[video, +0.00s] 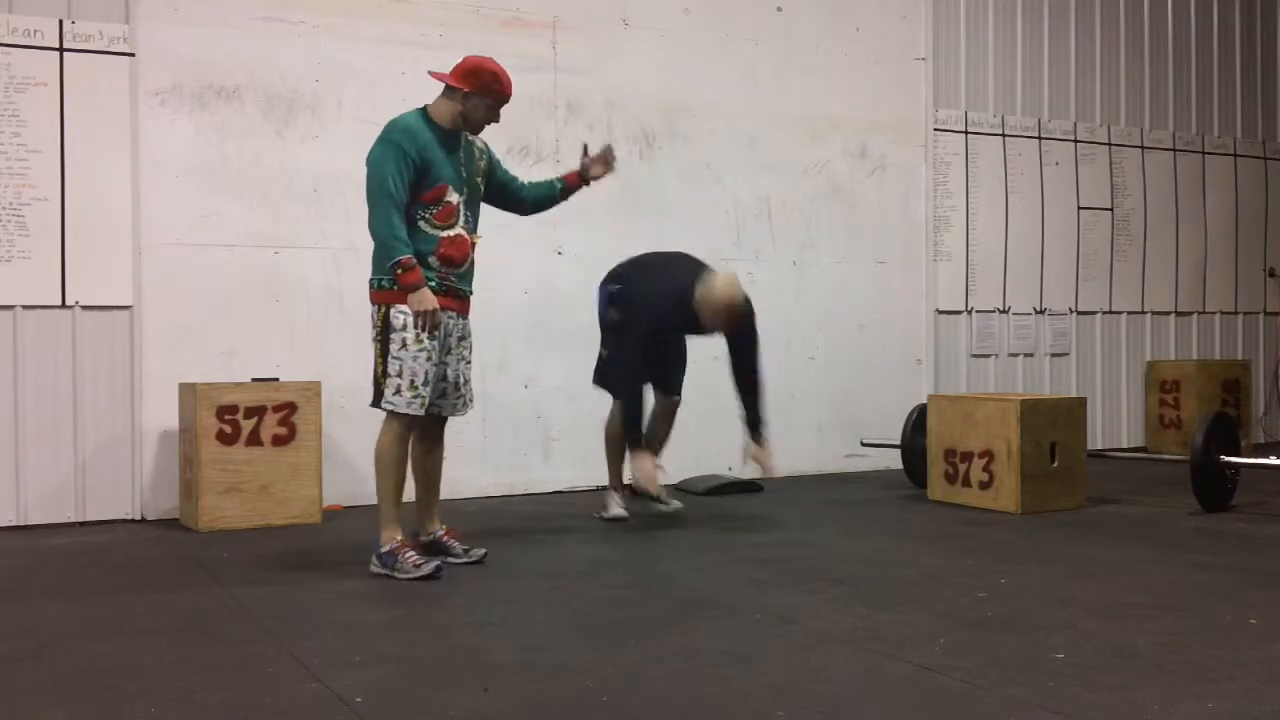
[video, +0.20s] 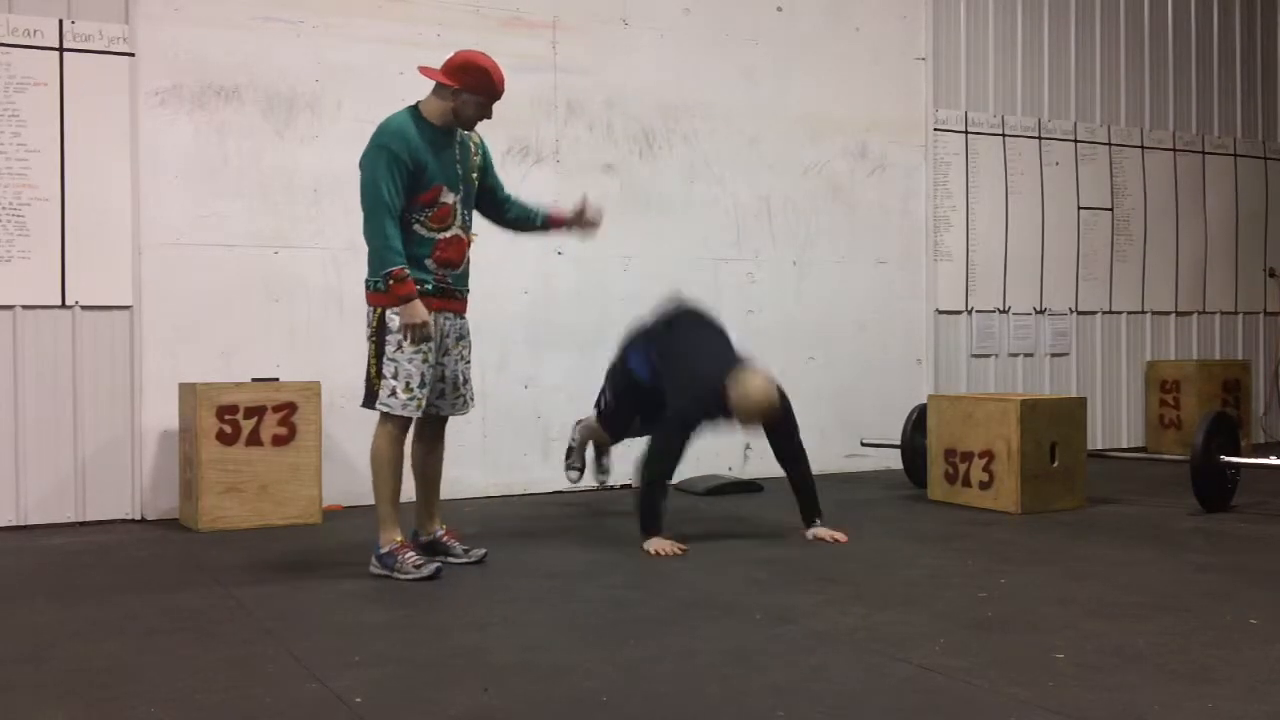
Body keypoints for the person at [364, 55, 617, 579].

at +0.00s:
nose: (495, 119)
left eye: (498, 110)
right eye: (492, 109)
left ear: (473, 100)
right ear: (465, 95)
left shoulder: (472, 151)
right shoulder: (402, 137)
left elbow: (521, 198)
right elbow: (384, 219)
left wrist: (581, 175)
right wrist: (414, 285)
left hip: (450, 302)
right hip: (406, 300)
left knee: (433, 420)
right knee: (401, 417)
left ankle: (427, 531)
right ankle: (389, 543)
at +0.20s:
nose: (487, 116)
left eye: (490, 107)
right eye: (484, 105)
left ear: (464, 97)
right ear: (455, 93)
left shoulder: (468, 145)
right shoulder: (393, 140)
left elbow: (502, 208)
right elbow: (380, 225)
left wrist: (564, 220)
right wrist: (405, 296)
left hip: (448, 304)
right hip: (402, 303)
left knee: (433, 420)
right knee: (395, 419)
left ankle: (428, 530)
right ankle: (389, 544)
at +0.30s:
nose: (484, 115)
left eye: (487, 107)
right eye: (481, 105)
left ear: (463, 99)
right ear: (452, 94)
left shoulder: (468, 144)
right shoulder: (391, 141)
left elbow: (484, 219)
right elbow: (376, 226)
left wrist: (533, 270)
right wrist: (398, 299)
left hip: (449, 305)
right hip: (401, 304)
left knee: (438, 417)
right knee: (394, 418)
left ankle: (428, 530)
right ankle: (389, 542)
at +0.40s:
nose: (486, 116)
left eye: (489, 106)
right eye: (483, 106)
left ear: (461, 99)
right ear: (453, 96)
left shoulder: (470, 145)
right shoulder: (389, 141)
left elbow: (475, 224)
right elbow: (373, 225)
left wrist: (486, 295)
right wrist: (393, 301)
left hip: (450, 308)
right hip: (400, 308)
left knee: (454, 410)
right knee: (390, 417)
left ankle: (432, 527)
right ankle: (389, 543)